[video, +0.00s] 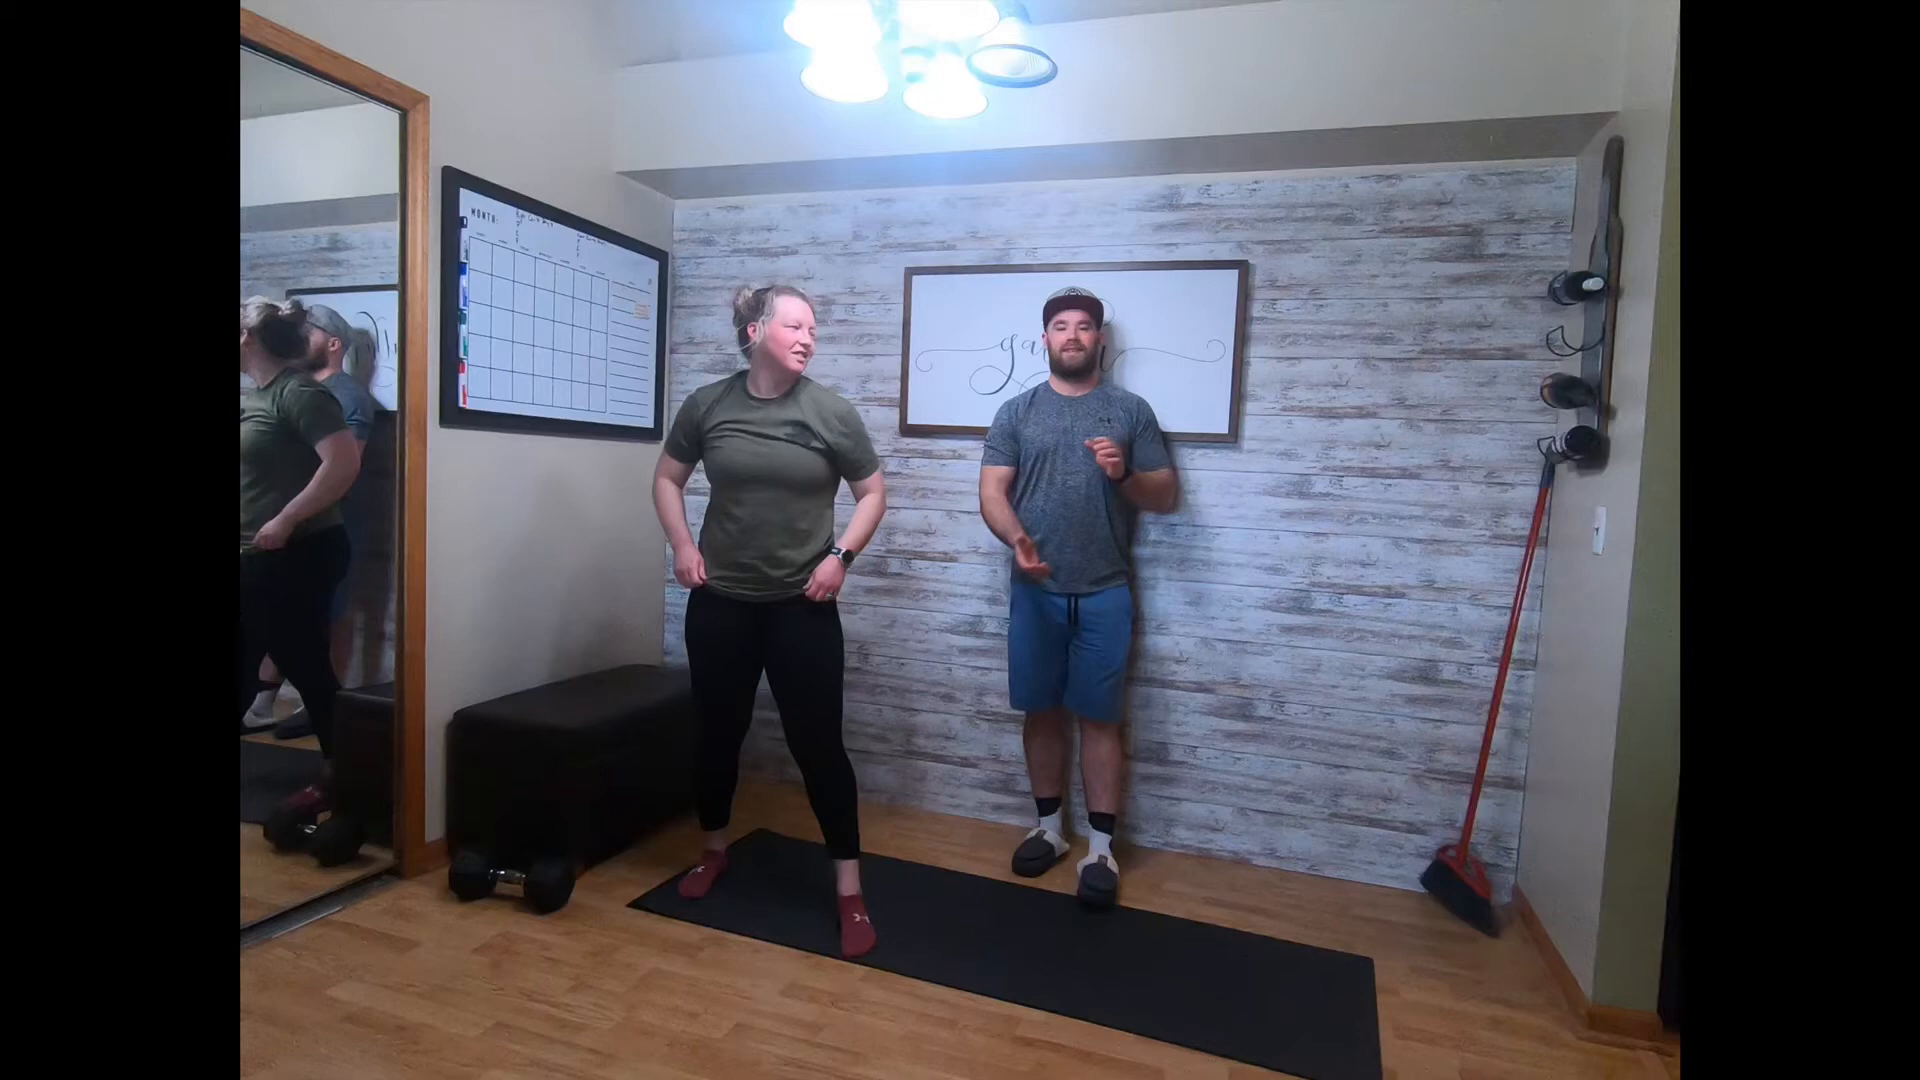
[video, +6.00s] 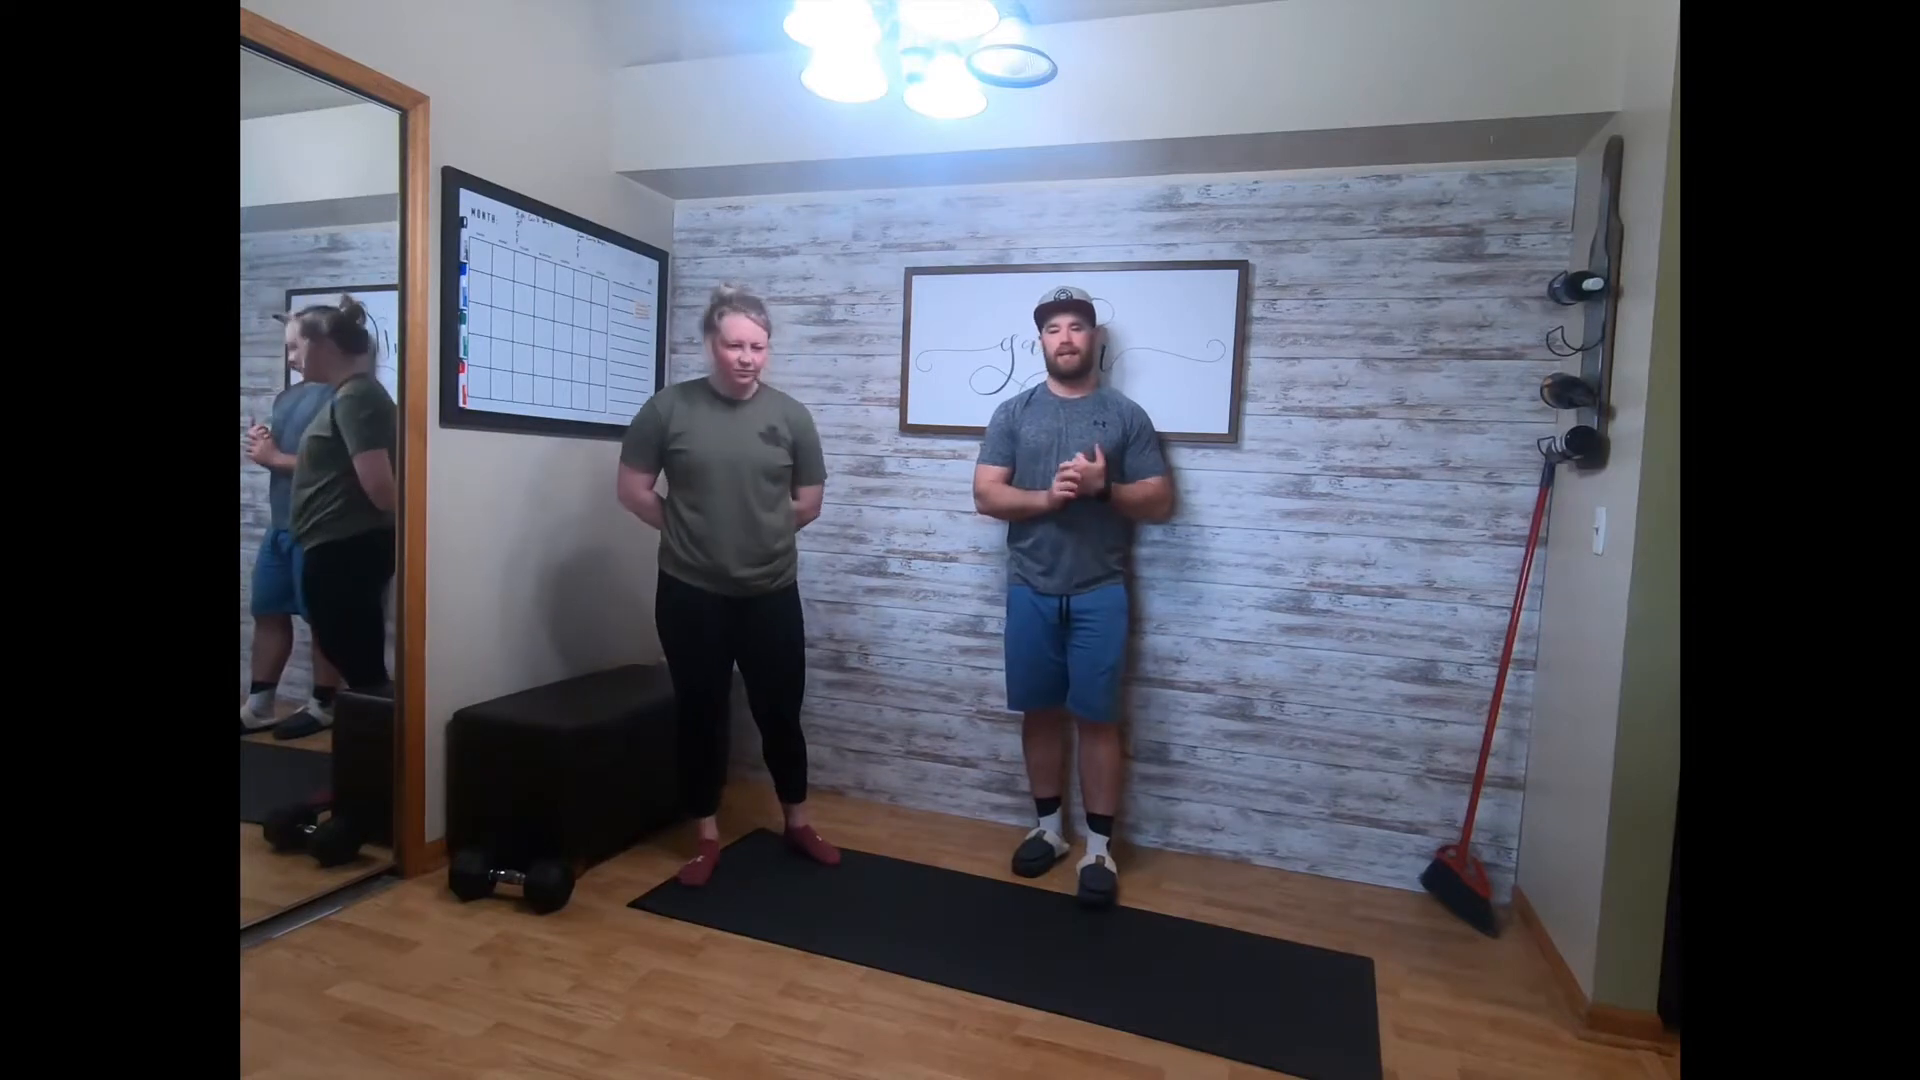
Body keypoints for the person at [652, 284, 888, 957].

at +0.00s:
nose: (808, 339)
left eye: (812, 330)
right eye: (796, 327)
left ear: (809, 340)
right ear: (754, 331)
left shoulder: (830, 414)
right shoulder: (708, 406)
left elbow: (873, 493)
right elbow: (667, 479)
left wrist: (841, 557)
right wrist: (684, 545)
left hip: (802, 607)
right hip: (720, 605)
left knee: (820, 747)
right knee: (714, 736)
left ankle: (849, 886)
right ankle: (713, 851)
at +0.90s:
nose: (843, 345)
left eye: (847, 338)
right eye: (830, 337)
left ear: (851, 351)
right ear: (797, 347)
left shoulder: (867, 418)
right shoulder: (755, 414)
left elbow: (863, 492)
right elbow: (724, 495)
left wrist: (818, 526)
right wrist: (775, 535)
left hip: (844, 595)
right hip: (771, 593)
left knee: (824, 715)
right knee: (753, 718)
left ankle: (813, 822)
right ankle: (719, 844)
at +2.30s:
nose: (757, 338)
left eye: (768, 331)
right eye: (747, 330)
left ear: (788, 343)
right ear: (730, 343)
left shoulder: (813, 410)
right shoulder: (694, 401)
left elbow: (841, 472)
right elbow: (646, 460)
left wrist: (809, 524)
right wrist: (677, 524)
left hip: (787, 591)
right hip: (707, 588)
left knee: (795, 717)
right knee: (707, 717)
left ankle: (808, 824)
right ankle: (708, 836)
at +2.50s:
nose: (743, 338)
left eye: (754, 330)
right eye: (732, 329)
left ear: (773, 343)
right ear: (715, 340)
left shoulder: (798, 404)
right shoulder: (681, 393)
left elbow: (844, 469)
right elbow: (615, 453)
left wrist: (836, 467)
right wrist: (659, 451)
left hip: (775, 590)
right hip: (696, 587)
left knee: (792, 715)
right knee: (703, 716)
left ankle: (808, 823)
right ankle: (706, 836)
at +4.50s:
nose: (751, 392)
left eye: (761, 381)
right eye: (741, 380)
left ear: (775, 367)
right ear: (717, 359)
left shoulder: (788, 410)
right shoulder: (667, 401)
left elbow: (816, 470)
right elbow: (613, 456)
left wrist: (805, 531)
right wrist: (624, 528)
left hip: (764, 587)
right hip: (686, 586)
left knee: (779, 709)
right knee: (696, 713)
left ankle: (797, 824)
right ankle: (707, 838)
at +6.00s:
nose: (746, 358)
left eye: (756, 347)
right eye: (734, 346)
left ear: (768, 350)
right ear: (709, 346)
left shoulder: (792, 418)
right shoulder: (667, 409)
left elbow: (807, 503)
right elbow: (632, 491)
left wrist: (751, 527)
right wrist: (689, 528)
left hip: (770, 593)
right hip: (690, 591)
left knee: (782, 716)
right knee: (699, 718)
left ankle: (797, 824)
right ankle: (707, 837)